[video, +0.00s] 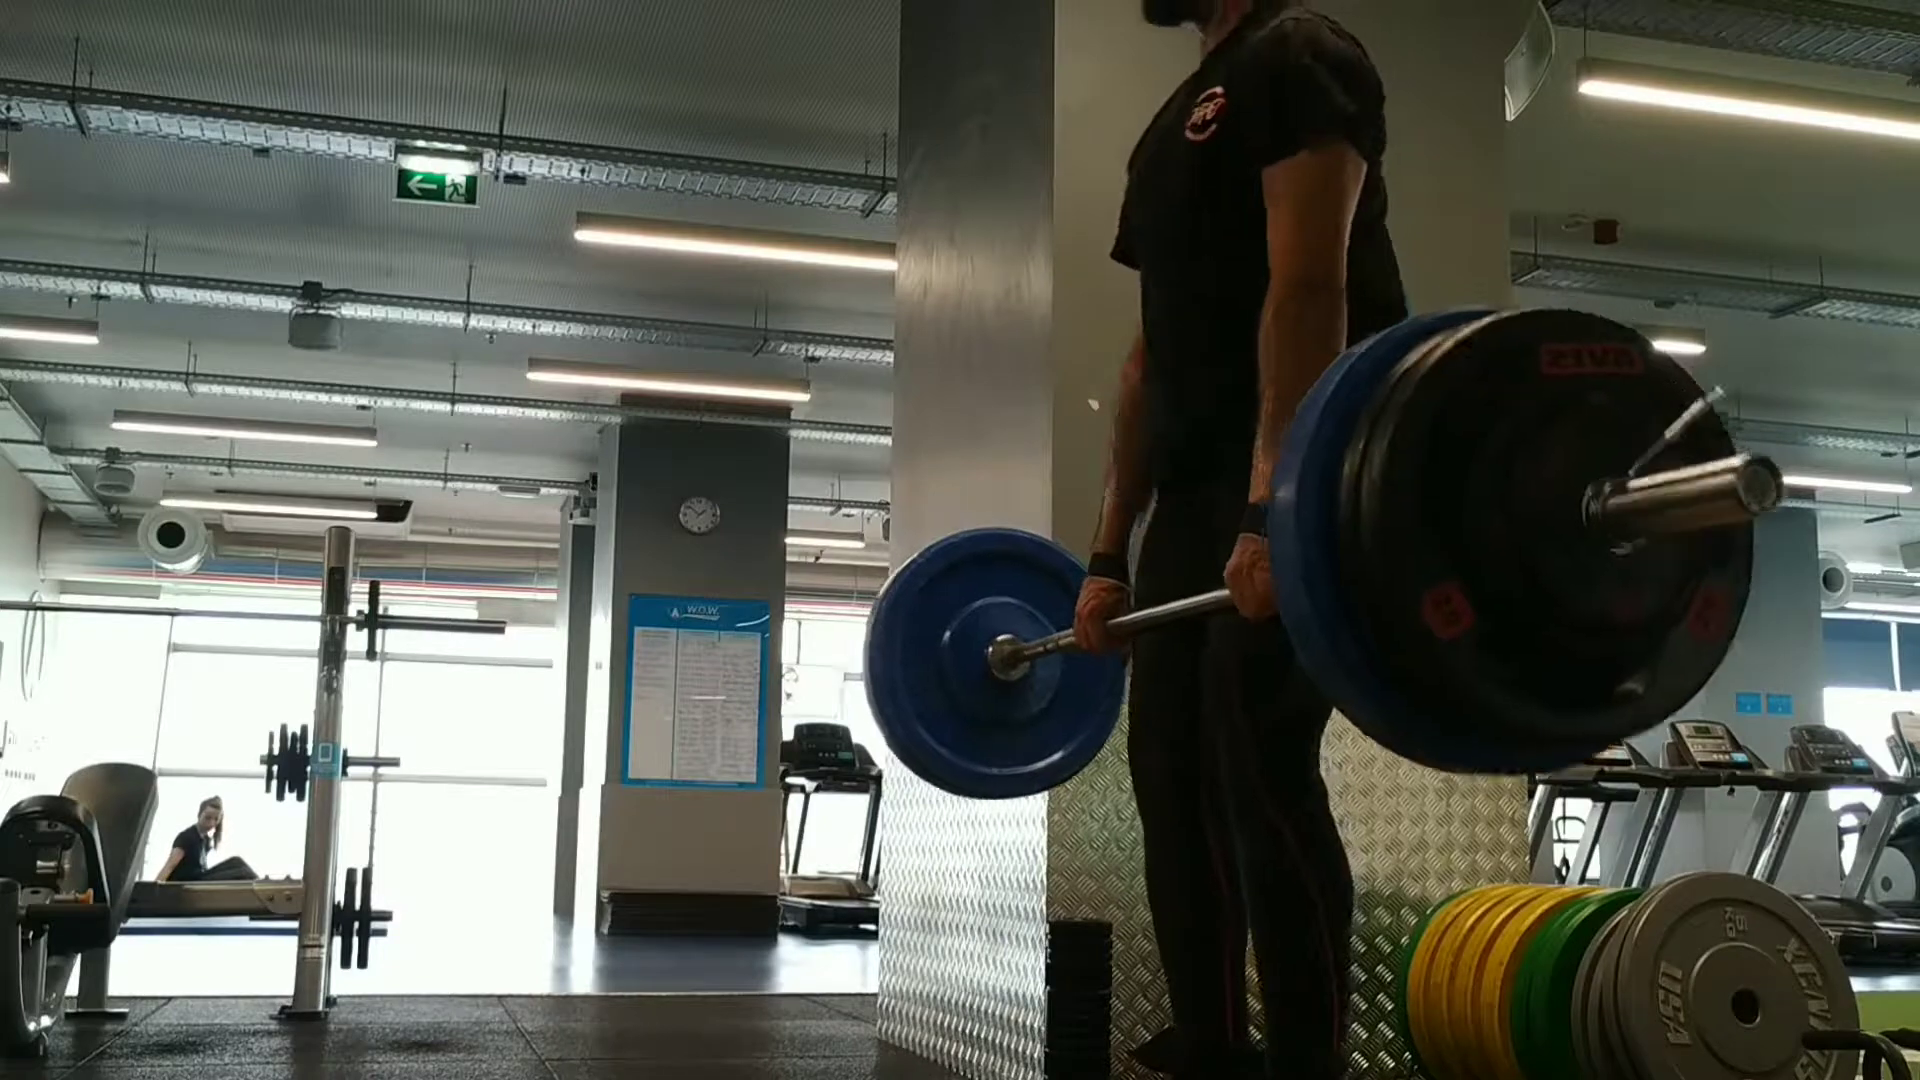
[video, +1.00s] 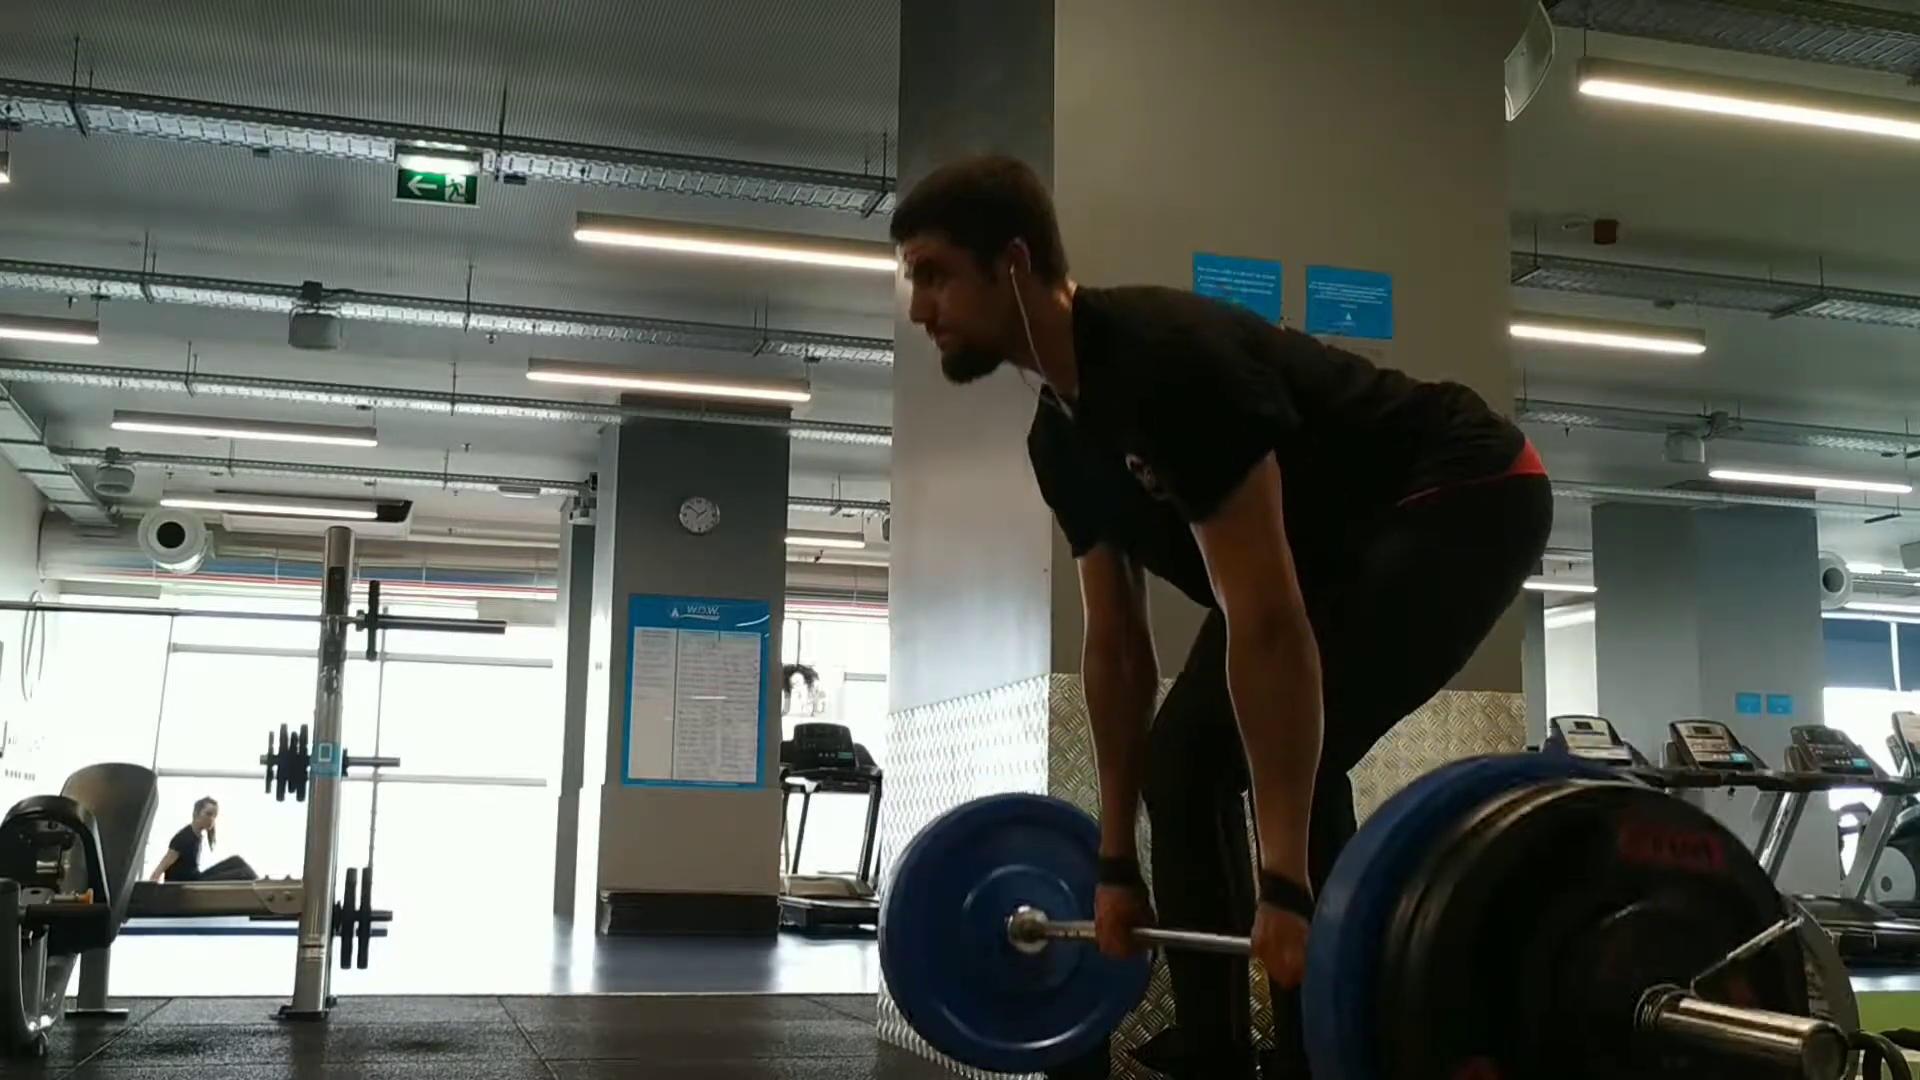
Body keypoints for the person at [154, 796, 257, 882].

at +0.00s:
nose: (211, 823)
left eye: (216, 819)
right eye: (208, 818)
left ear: (219, 821)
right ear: (199, 815)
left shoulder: (206, 839)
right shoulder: (186, 837)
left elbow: (198, 862)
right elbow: (171, 863)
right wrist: (156, 885)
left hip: (200, 877)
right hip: (188, 883)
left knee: (236, 862)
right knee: (241, 872)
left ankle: (260, 884)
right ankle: (262, 888)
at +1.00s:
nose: (211, 819)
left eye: (214, 816)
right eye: (208, 814)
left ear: (215, 818)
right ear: (198, 813)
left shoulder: (197, 836)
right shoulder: (184, 837)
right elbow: (162, 866)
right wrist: (149, 888)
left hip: (194, 880)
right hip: (184, 886)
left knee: (236, 861)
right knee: (240, 872)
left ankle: (259, 885)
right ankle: (260, 890)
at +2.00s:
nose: (206, 814)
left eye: (206, 810)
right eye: (205, 809)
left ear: (194, 809)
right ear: (195, 809)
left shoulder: (185, 831)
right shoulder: (179, 833)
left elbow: (172, 866)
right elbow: (171, 867)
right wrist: (169, 894)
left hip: (199, 877)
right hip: (193, 883)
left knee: (243, 854)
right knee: (247, 866)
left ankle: (270, 885)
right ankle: (272, 888)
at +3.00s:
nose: (223, 823)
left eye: (223, 819)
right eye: (223, 819)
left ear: (203, 819)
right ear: (218, 820)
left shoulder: (205, 839)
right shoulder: (206, 841)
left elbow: (191, 870)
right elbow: (190, 871)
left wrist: (175, 890)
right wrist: (174, 890)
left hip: (231, 882)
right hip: (233, 885)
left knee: (267, 847)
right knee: (274, 853)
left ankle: (286, 882)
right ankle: (292, 885)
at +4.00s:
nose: (255, 820)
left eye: (256, 816)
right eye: (254, 815)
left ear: (240, 814)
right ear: (243, 814)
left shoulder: (228, 835)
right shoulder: (226, 835)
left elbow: (204, 862)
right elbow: (204, 862)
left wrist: (182, 883)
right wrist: (182, 883)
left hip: (239, 886)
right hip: (236, 888)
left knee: (286, 864)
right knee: (287, 864)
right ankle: (314, 886)